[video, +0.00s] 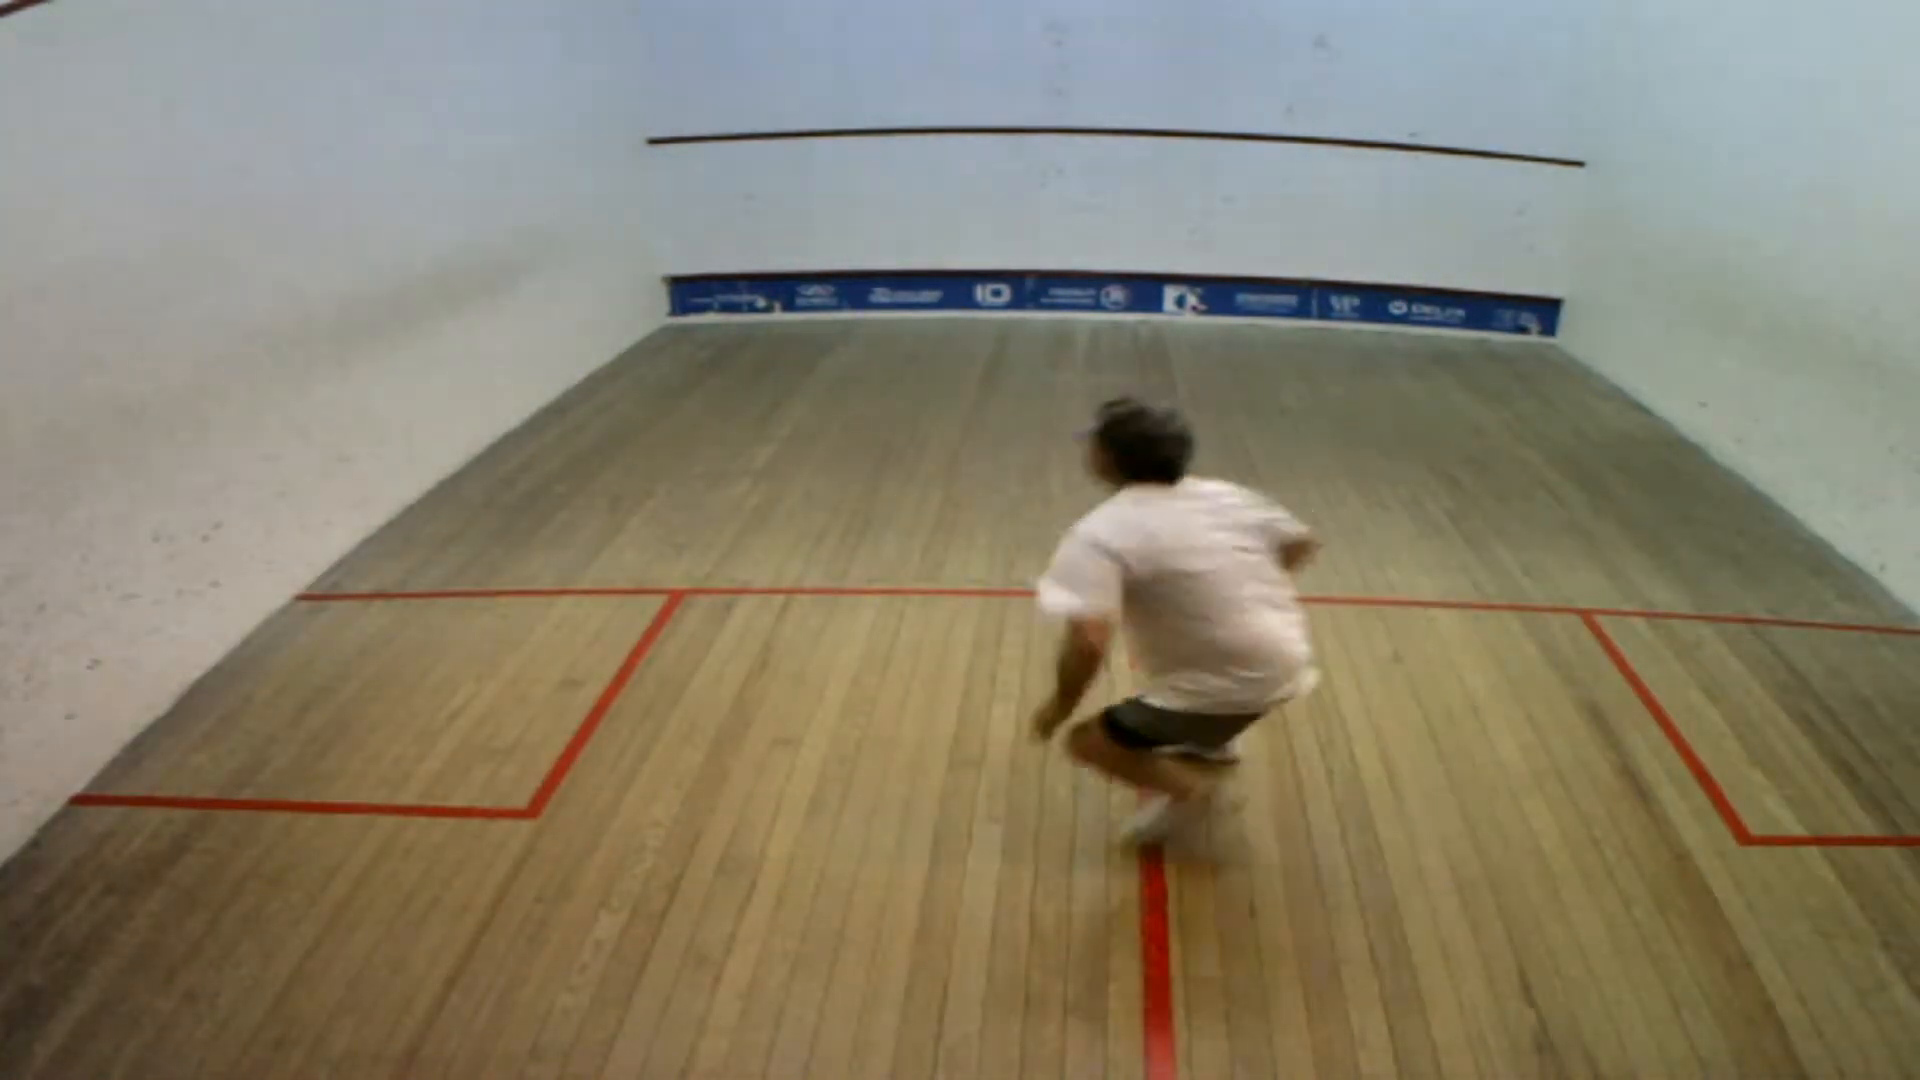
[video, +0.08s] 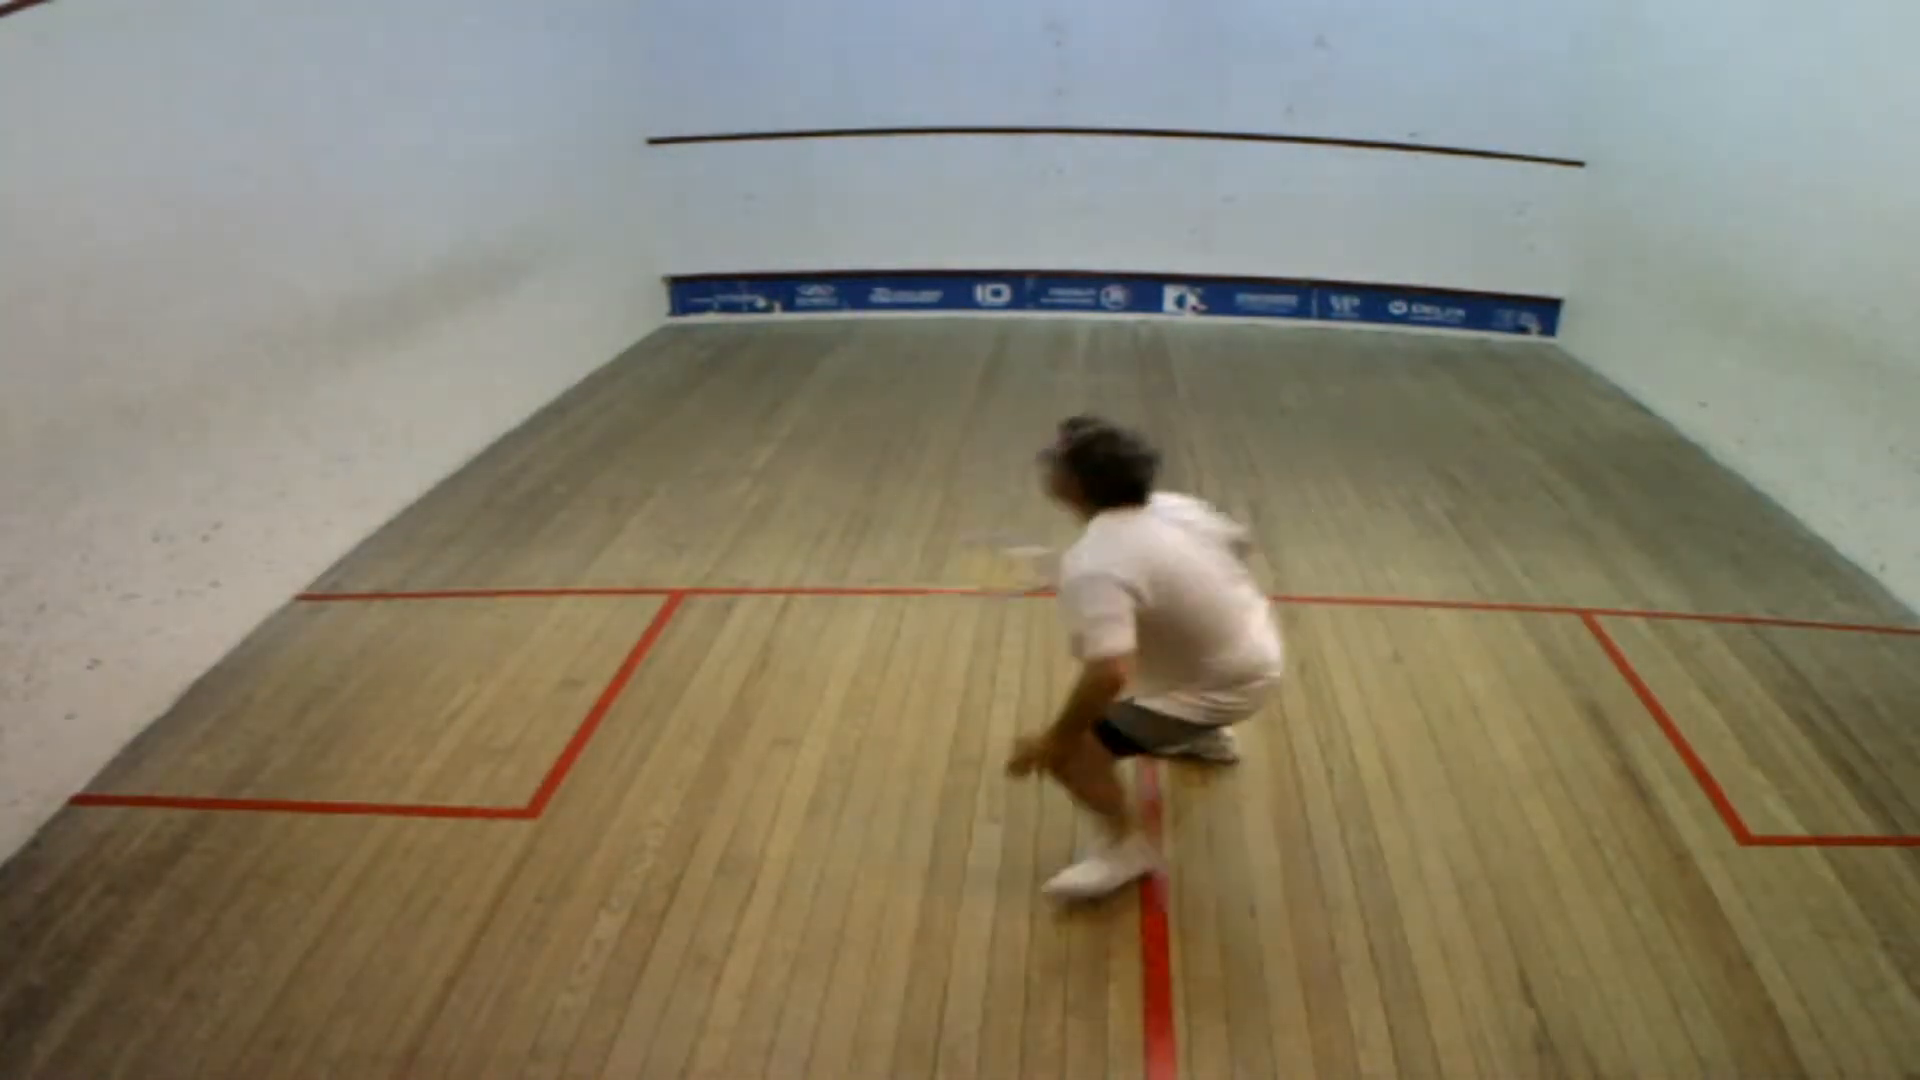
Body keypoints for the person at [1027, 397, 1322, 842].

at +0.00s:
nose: (1088, 449)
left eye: (1097, 442)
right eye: (1094, 440)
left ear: (1114, 460)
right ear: (1167, 457)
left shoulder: (1103, 529)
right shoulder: (1217, 495)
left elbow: (1090, 642)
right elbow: (1299, 542)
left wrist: (1058, 707)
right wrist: (1250, 585)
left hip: (1221, 687)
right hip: (1288, 667)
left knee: (1087, 742)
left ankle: (1189, 793)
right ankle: (1210, 745)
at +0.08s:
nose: (1046, 464)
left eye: (1058, 461)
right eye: (1054, 456)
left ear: (1079, 486)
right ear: (1125, 473)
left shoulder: (1094, 559)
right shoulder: (1169, 507)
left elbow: (1110, 674)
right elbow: (1237, 540)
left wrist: (1054, 742)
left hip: (1220, 692)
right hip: (1262, 657)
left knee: (1072, 750)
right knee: (1151, 643)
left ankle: (1125, 846)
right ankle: (1203, 733)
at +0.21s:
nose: (936, 505)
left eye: (952, 502)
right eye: (944, 493)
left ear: (993, 526)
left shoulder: (1052, 615)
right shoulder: (1071, 531)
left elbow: (1103, 729)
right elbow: (1127, 576)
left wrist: (1041, 793)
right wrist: (1018, 630)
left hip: (1159, 713)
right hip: (1182, 665)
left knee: (1037, 810)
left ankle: (1085, 883)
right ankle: (1172, 736)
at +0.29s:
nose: (872, 518)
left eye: (893, 514)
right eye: (881, 504)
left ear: (944, 537)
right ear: (952, 535)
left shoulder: (998, 629)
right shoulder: (1018, 539)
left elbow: (1068, 742)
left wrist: (984, 787)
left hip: (1118, 734)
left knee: (1018, 842)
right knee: (978, 752)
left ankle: (1078, 883)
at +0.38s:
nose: (824, 537)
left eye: (840, 529)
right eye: (829, 524)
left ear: (896, 542)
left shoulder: (960, 632)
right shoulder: (981, 543)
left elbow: (1039, 750)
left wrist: (951, 799)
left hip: (1094, 753)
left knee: (992, 869)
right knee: (925, 764)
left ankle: (1067, 879)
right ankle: (934, 892)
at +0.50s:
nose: (711, 616)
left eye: (728, 606)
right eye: (714, 601)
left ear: (799, 611)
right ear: (803, 609)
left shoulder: (902, 702)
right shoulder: (843, 617)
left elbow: (1015, 805)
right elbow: (828, 680)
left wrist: (911, 891)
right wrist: (777, 720)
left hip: (949, 837)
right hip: (872, 797)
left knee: (879, 957)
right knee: (792, 878)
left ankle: (946, 1058)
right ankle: (832, 954)